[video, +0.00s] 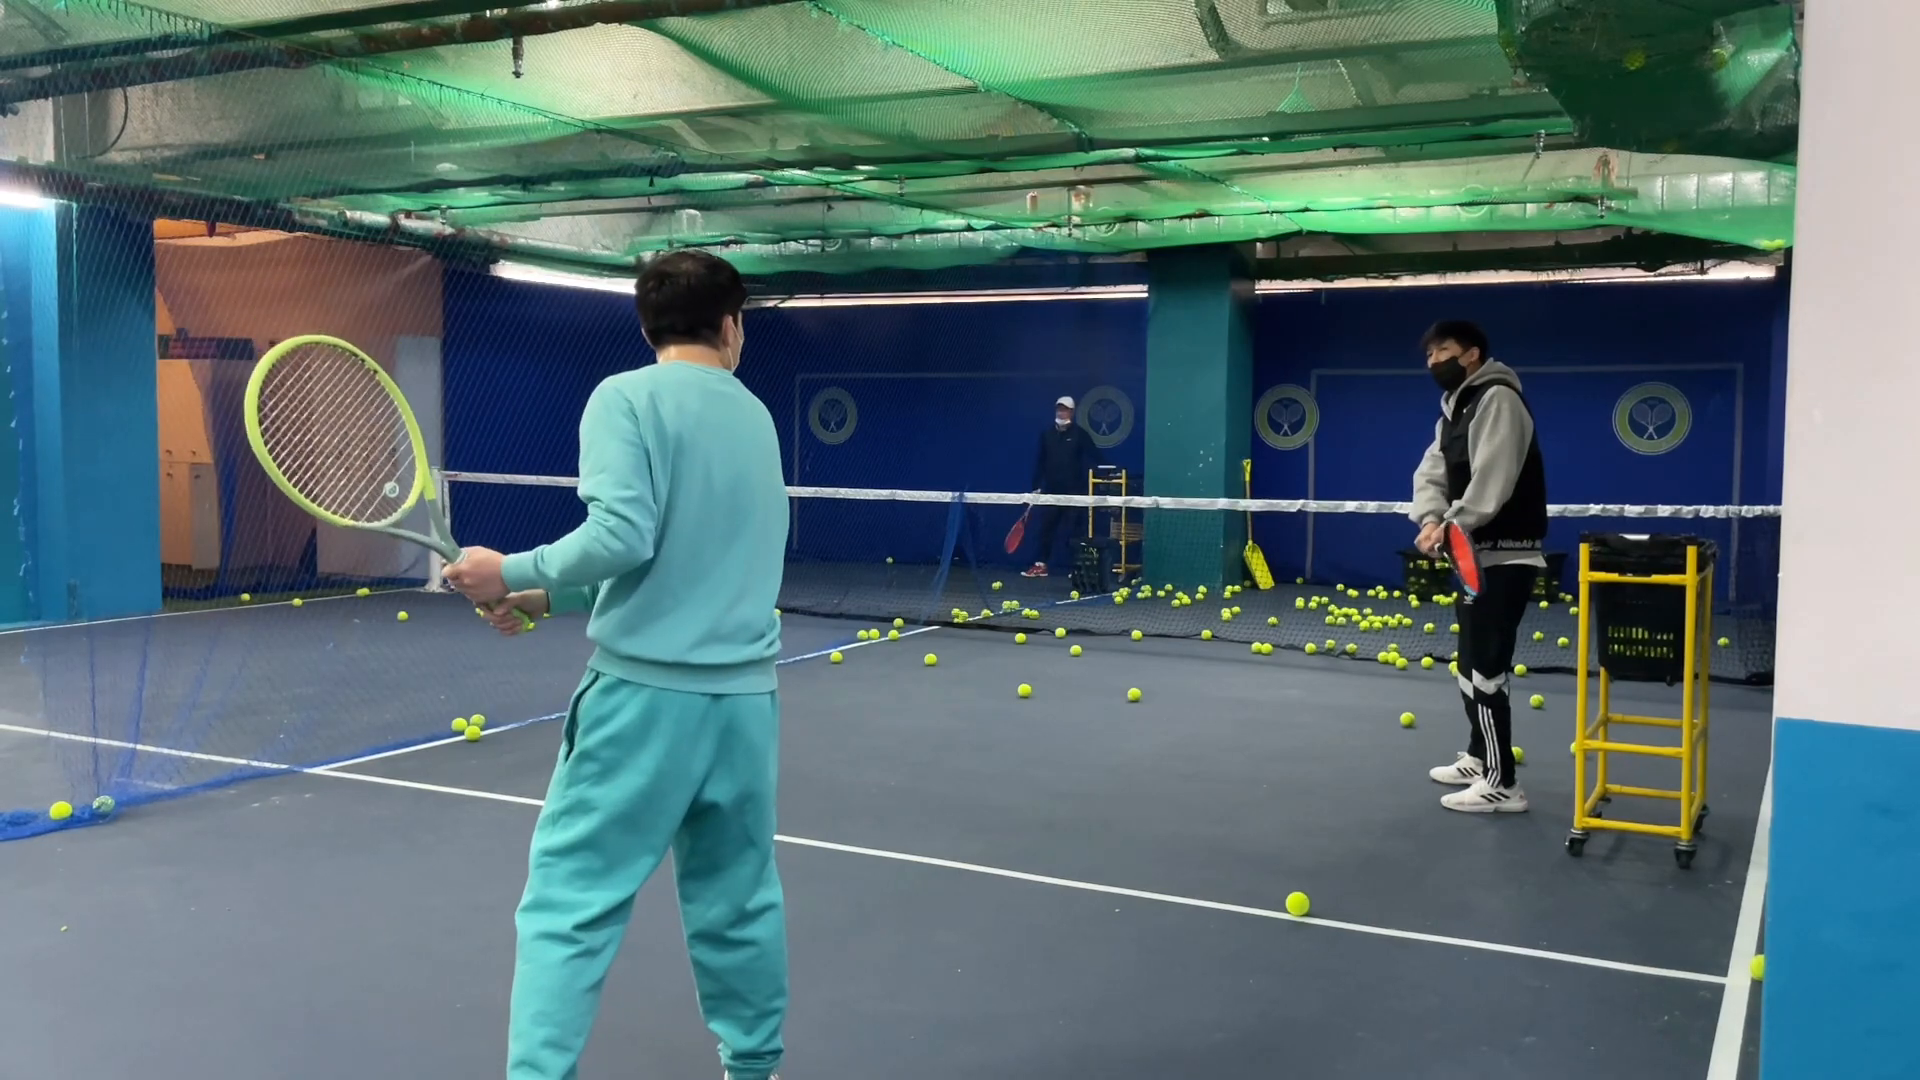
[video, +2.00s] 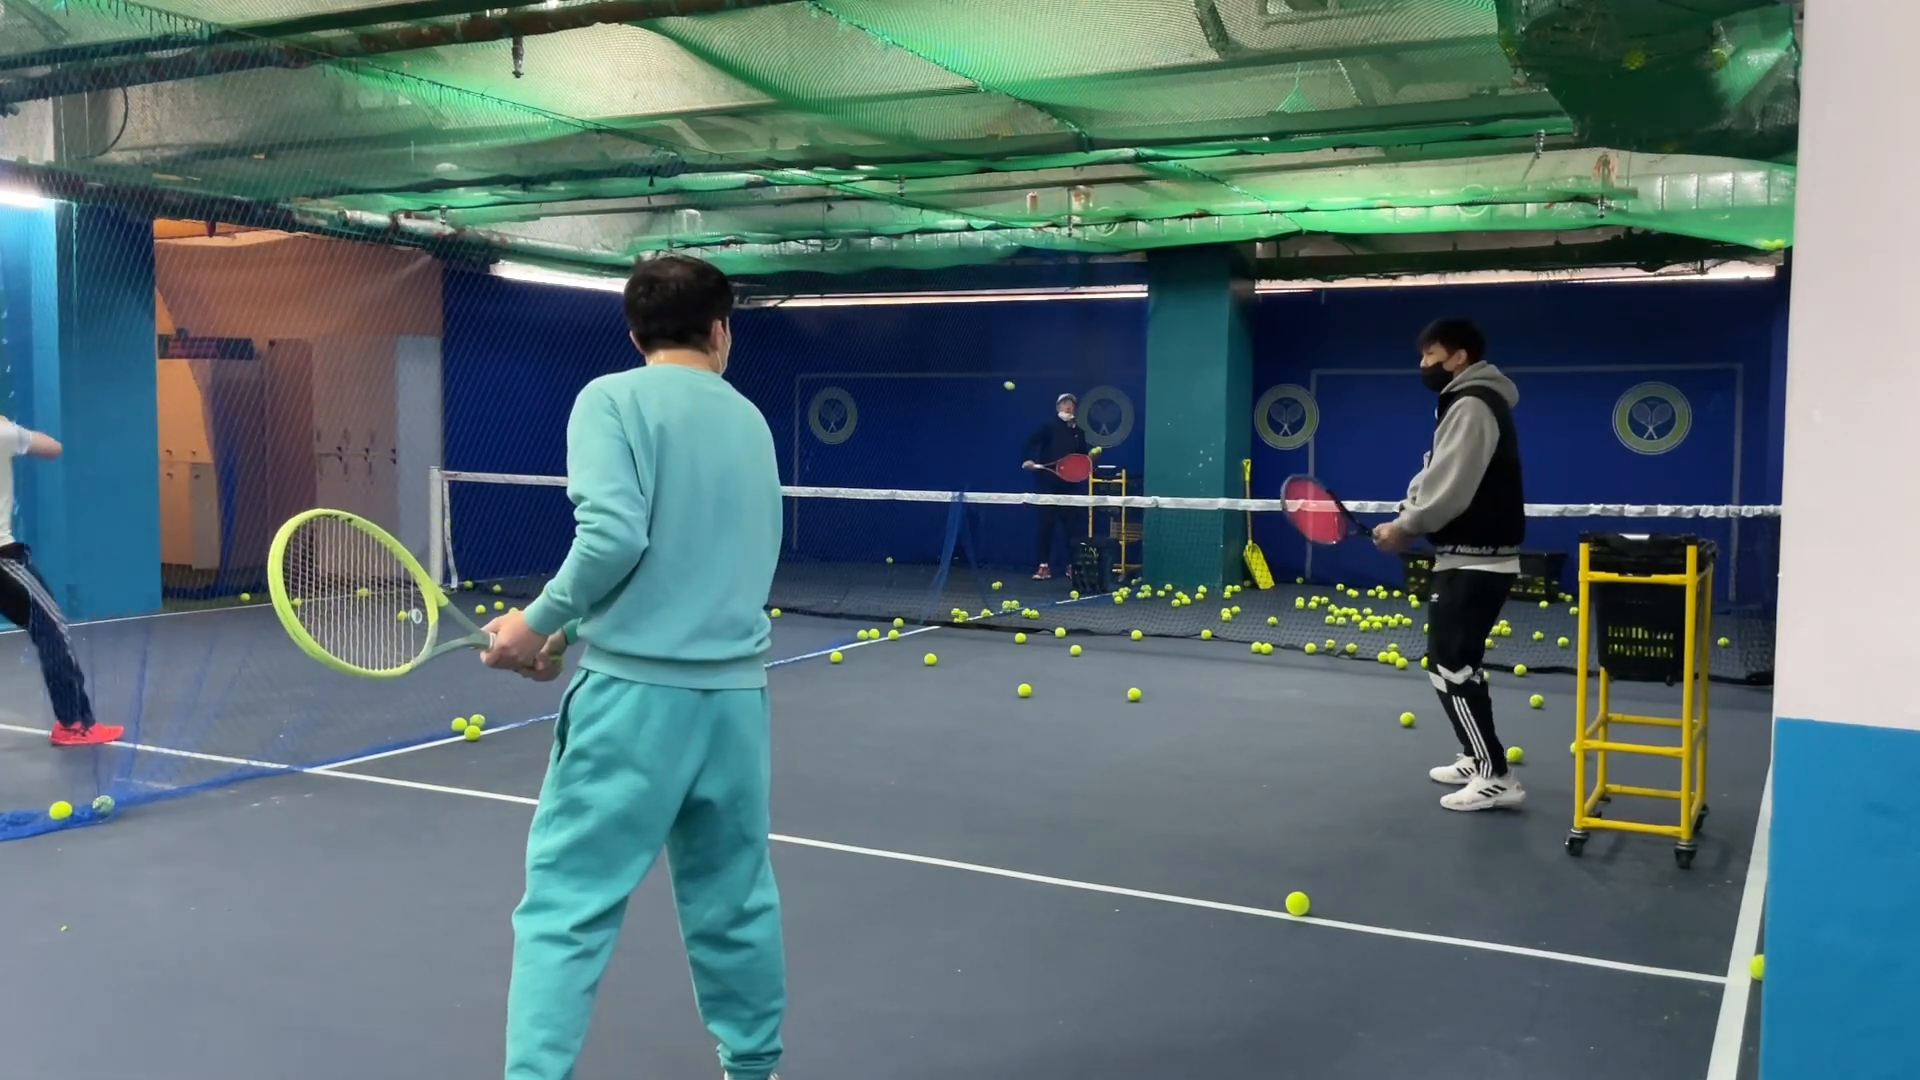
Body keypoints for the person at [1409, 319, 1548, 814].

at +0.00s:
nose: (1433, 361)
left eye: (1442, 352)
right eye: (1429, 356)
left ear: (1474, 353)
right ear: (1438, 364)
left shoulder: (1499, 400)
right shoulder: (1456, 406)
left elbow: (1494, 476)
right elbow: (1432, 470)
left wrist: (1452, 523)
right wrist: (1431, 516)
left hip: (1507, 557)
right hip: (1478, 557)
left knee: (1485, 672)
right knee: (1471, 667)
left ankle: (1501, 786)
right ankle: (1482, 760)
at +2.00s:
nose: (1423, 364)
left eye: (1430, 354)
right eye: (1422, 355)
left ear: (1460, 356)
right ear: (1459, 359)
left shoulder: (1473, 408)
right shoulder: (1466, 404)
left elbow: (1450, 482)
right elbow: (1440, 474)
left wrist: (1404, 526)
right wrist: (1403, 521)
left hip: (1477, 565)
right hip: (1467, 563)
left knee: (1451, 668)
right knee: (1452, 664)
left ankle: (1494, 780)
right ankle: (1482, 759)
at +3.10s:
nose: (1304, 380)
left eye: (1303, 372)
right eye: (1303, 372)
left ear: (1315, 370)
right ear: (1344, 365)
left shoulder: (1331, 412)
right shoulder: (1364, 409)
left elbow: (1305, 488)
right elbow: (1334, 499)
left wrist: (1261, 505)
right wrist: (1273, 520)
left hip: (1348, 567)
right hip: (1371, 565)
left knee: (1305, 664)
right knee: (1331, 664)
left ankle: (1384, 745)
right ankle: (1354, 763)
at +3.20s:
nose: (1285, 386)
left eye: (1284, 377)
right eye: (1284, 378)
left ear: (1297, 373)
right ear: (1323, 369)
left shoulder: (1318, 415)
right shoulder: (1344, 412)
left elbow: (1291, 488)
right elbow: (1312, 500)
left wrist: (1242, 506)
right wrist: (1254, 520)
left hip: (1332, 566)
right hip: (1354, 565)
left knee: (1271, 654)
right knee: (1318, 662)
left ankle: (1326, 752)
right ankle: (1357, 761)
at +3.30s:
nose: (1264, 382)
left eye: (1263, 373)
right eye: (1262, 374)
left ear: (1276, 370)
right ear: (1301, 364)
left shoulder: (1301, 411)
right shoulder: (1320, 408)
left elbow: (1278, 482)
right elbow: (1293, 494)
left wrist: (1226, 501)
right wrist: (1236, 518)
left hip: (1314, 563)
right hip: (1336, 562)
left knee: (1251, 653)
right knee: (1314, 662)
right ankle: (1358, 765)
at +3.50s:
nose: (1215, 390)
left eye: (1214, 381)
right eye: (1212, 383)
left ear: (1225, 374)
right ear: (1251, 369)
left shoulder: (1255, 410)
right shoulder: (1273, 408)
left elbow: (1231, 485)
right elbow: (1242, 493)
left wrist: (1178, 494)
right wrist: (1183, 509)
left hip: (1264, 566)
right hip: (1290, 565)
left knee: (1213, 665)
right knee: (1285, 666)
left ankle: (1182, 769)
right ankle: (1348, 752)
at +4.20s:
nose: (1112, 406)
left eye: (1109, 398)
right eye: (1109, 400)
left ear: (1121, 388)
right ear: (1131, 385)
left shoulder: (1184, 405)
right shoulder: (1140, 432)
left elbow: (1181, 457)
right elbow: (1114, 495)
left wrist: (1126, 450)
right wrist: (1105, 472)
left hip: (1199, 551)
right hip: (1174, 553)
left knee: (1157, 658)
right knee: (1147, 651)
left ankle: (1180, 769)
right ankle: (1170, 734)